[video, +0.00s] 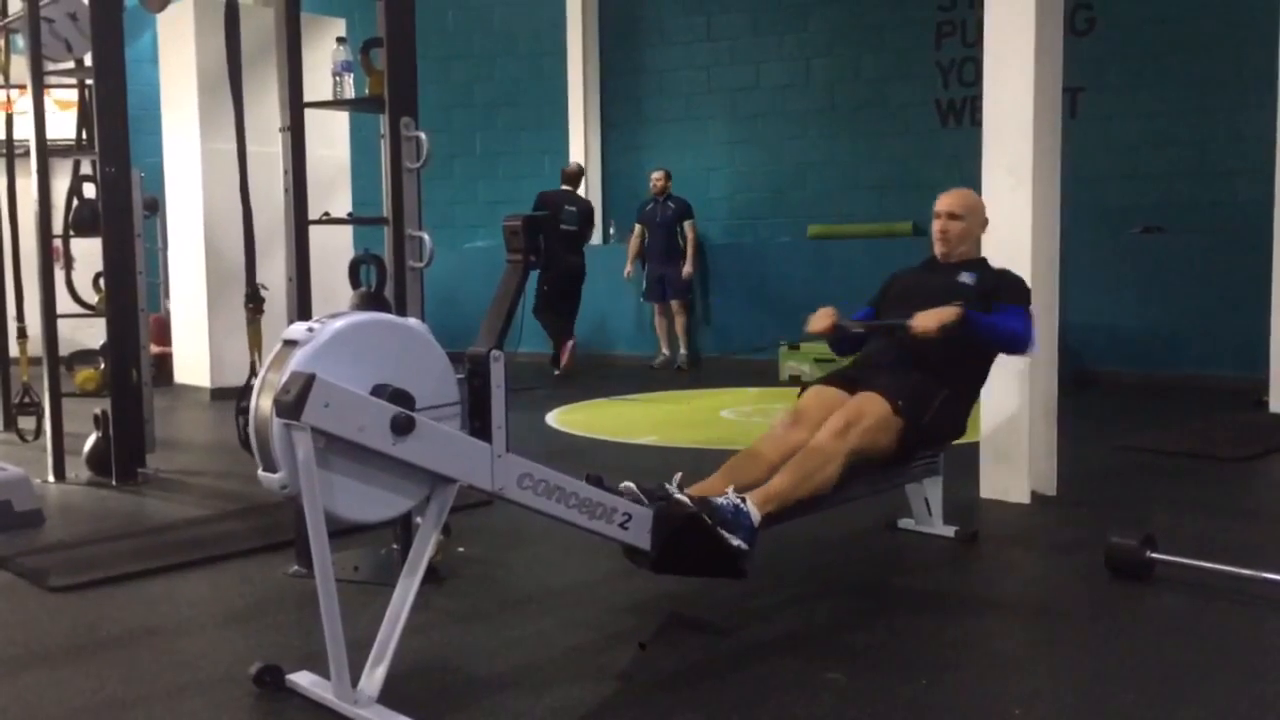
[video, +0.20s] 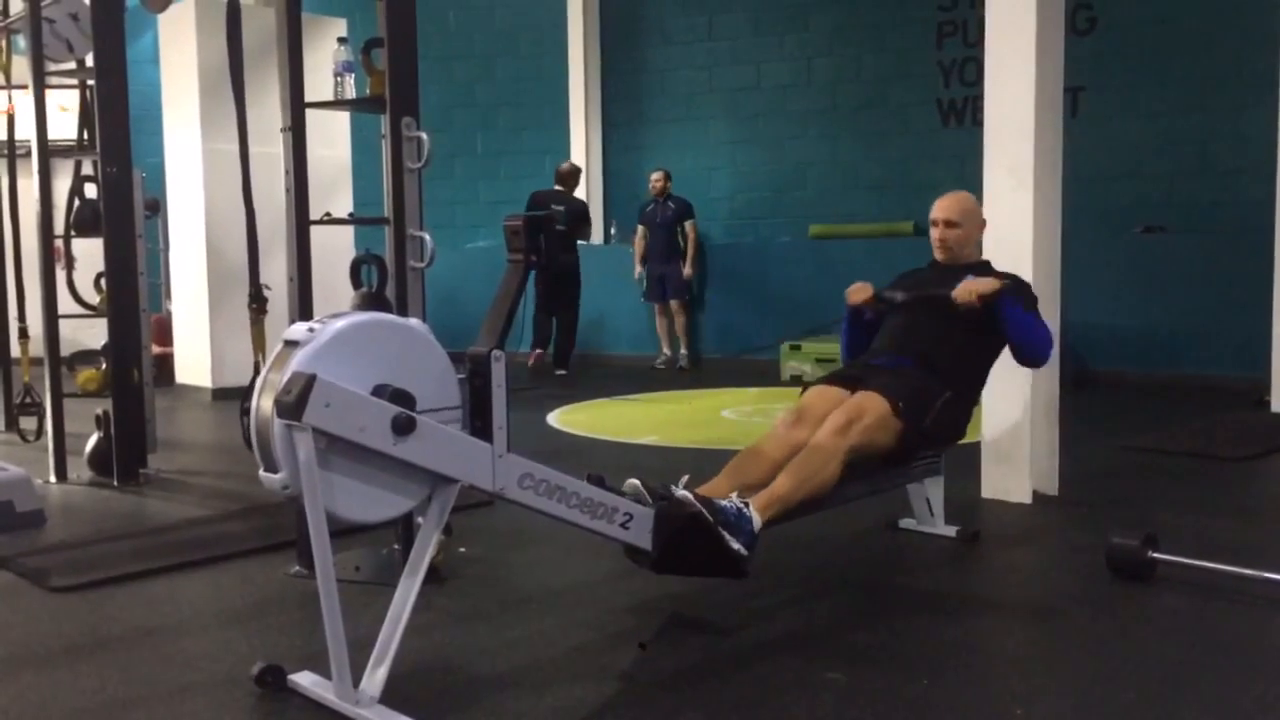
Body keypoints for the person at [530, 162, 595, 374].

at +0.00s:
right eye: (579, 178)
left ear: (562, 177)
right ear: (580, 181)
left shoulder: (545, 198)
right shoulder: (586, 206)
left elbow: (533, 228)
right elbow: (586, 237)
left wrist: (536, 254)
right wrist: (571, 248)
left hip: (552, 263)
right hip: (576, 265)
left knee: (541, 308)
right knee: (569, 311)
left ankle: (563, 341)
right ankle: (558, 362)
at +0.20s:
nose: (578, 183)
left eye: (578, 180)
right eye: (578, 180)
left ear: (556, 178)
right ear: (575, 181)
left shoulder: (537, 198)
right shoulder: (578, 205)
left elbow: (528, 229)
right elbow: (584, 234)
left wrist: (531, 254)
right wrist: (565, 228)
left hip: (543, 264)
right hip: (568, 266)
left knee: (542, 309)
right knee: (567, 312)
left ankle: (539, 347)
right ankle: (561, 365)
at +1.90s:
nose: (548, 196)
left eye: (549, 192)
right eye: (546, 192)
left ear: (545, 193)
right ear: (535, 190)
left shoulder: (544, 214)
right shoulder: (516, 209)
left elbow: (551, 246)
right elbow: (529, 217)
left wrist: (555, 273)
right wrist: (533, 195)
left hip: (545, 277)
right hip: (524, 277)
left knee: (543, 325)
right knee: (516, 324)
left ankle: (548, 367)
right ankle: (510, 368)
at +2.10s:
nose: (557, 200)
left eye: (559, 197)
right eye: (556, 195)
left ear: (557, 198)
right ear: (544, 192)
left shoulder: (554, 215)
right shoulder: (525, 208)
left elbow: (554, 246)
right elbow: (536, 216)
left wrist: (557, 272)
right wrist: (543, 196)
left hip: (552, 274)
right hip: (531, 274)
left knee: (548, 322)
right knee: (524, 321)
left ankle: (548, 364)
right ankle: (515, 365)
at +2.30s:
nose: (566, 203)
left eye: (568, 200)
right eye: (566, 198)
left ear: (563, 197)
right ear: (557, 191)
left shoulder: (558, 213)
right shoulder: (531, 205)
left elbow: (555, 243)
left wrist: (559, 270)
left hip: (554, 271)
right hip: (535, 271)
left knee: (551, 319)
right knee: (531, 319)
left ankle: (549, 362)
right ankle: (526, 363)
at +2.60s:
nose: (570, 204)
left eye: (572, 200)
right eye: (570, 199)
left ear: (563, 195)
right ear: (561, 193)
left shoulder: (557, 212)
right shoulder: (535, 207)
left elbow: (552, 240)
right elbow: (530, 241)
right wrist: (536, 271)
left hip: (554, 272)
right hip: (536, 272)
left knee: (551, 320)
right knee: (531, 320)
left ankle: (549, 361)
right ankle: (526, 364)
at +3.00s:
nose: (564, 204)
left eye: (565, 200)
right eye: (564, 199)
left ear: (556, 194)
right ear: (556, 194)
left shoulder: (550, 213)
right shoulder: (531, 210)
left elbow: (550, 244)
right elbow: (530, 245)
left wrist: (560, 254)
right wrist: (538, 269)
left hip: (553, 275)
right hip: (534, 276)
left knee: (551, 321)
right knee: (529, 322)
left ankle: (550, 363)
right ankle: (526, 366)